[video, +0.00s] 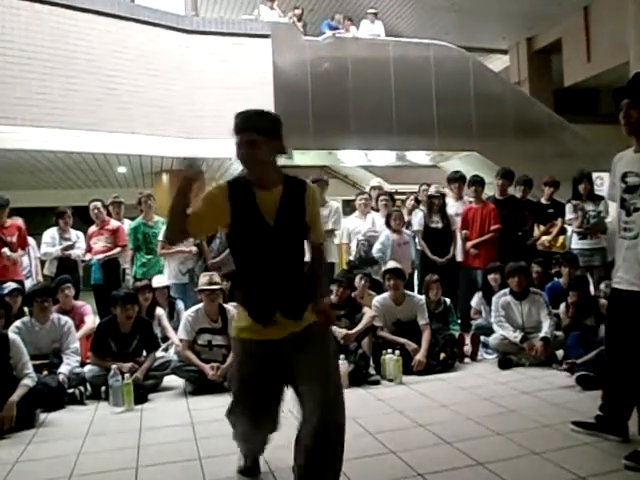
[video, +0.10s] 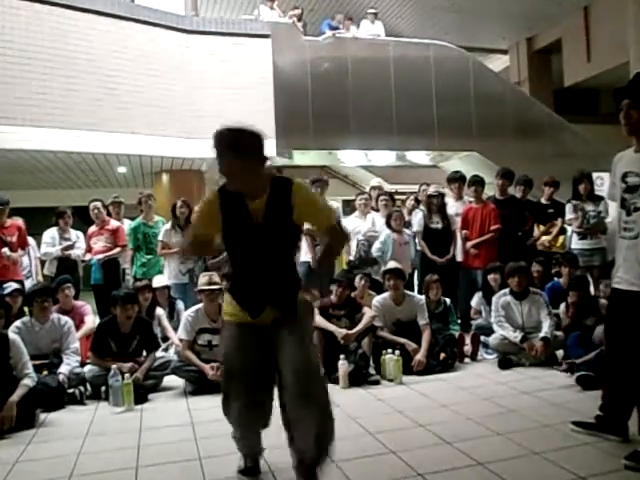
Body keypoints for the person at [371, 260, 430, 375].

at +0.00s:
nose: (393, 283)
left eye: (397, 279)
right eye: (389, 279)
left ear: (403, 281)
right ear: (385, 283)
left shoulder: (418, 300)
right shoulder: (378, 302)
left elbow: (426, 329)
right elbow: (378, 331)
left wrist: (422, 354)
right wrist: (405, 342)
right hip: (391, 337)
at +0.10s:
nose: (393, 283)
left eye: (397, 279)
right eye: (389, 279)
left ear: (403, 281)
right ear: (385, 283)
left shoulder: (418, 300)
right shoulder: (378, 302)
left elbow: (426, 329)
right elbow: (378, 331)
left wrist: (422, 354)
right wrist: (405, 342)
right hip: (391, 337)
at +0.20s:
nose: (392, 283)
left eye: (396, 279)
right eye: (388, 279)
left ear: (403, 281)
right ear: (385, 283)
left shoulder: (418, 300)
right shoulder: (379, 302)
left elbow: (426, 329)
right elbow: (378, 330)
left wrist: (422, 354)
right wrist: (405, 342)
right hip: (391, 337)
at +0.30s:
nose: (392, 283)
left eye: (396, 279)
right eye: (389, 280)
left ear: (403, 281)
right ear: (385, 283)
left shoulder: (418, 300)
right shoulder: (378, 302)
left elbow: (426, 329)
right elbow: (379, 330)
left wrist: (422, 354)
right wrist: (405, 342)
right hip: (391, 337)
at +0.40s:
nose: (393, 283)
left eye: (397, 279)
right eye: (389, 280)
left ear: (403, 281)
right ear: (385, 283)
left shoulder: (418, 300)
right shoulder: (378, 302)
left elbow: (426, 329)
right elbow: (379, 331)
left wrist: (422, 354)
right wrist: (405, 342)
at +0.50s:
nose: (393, 283)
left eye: (397, 279)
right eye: (389, 280)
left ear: (404, 282)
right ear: (385, 283)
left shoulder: (418, 300)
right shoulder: (378, 302)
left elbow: (426, 329)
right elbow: (379, 330)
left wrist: (422, 354)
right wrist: (405, 342)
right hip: (391, 337)